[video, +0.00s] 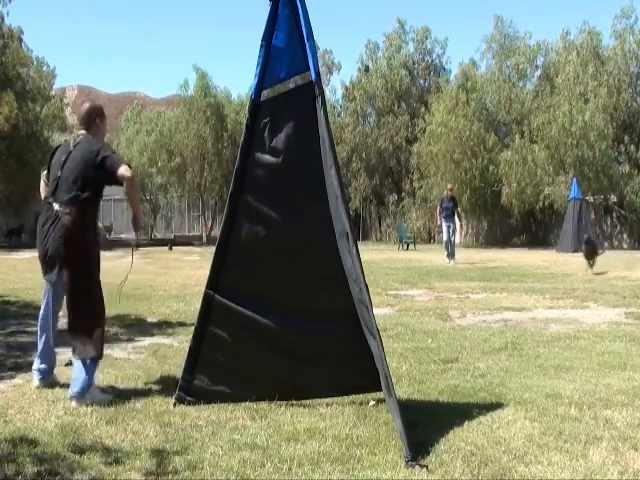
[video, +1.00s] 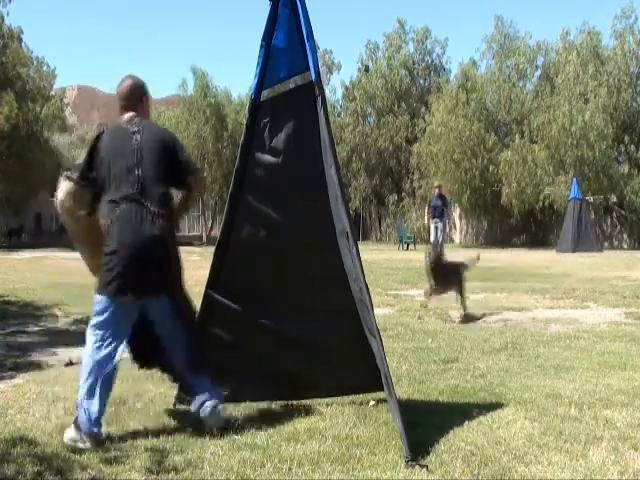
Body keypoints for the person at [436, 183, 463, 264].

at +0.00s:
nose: (450, 192)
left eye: (451, 191)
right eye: (449, 191)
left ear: (453, 191)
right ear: (446, 191)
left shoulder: (454, 199)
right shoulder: (443, 199)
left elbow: (457, 210)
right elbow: (439, 209)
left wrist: (460, 221)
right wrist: (439, 220)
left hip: (452, 220)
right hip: (444, 220)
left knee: (452, 239)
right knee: (446, 239)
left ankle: (452, 257)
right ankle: (447, 254)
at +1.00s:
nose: (437, 191)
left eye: (439, 189)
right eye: (436, 189)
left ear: (441, 190)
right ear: (434, 190)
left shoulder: (443, 198)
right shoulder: (432, 199)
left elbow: (446, 208)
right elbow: (428, 209)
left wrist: (447, 218)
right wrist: (427, 218)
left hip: (441, 219)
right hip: (433, 219)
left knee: (440, 238)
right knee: (433, 238)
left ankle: (440, 254)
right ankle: (433, 254)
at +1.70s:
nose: (424, 189)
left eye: (426, 187)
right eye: (423, 187)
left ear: (428, 187)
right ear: (421, 188)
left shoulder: (431, 197)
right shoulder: (418, 197)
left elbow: (436, 209)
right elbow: (414, 208)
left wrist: (437, 220)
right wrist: (415, 216)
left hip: (429, 220)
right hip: (421, 220)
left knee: (428, 240)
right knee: (423, 241)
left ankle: (427, 261)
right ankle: (425, 259)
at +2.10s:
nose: (417, 189)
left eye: (419, 187)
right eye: (416, 187)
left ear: (421, 187)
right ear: (414, 188)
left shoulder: (425, 198)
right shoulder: (412, 198)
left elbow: (427, 209)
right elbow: (409, 209)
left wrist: (426, 219)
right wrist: (408, 219)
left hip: (422, 221)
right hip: (413, 220)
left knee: (424, 243)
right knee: (413, 242)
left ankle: (426, 264)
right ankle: (412, 264)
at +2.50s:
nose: (404, 185)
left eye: (406, 183)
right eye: (403, 183)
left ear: (409, 183)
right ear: (401, 184)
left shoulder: (414, 194)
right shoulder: (400, 195)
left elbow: (418, 208)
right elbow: (396, 207)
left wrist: (420, 220)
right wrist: (395, 218)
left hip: (412, 218)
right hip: (403, 218)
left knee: (410, 241)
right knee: (405, 241)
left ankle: (412, 262)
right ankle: (409, 262)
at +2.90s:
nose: (395, 184)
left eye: (397, 182)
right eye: (394, 182)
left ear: (401, 182)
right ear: (392, 183)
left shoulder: (405, 194)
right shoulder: (390, 195)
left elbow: (410, 208)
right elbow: (388, 207)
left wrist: (412, 220)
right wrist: (387, 219)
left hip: (403, 220)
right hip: (394, 220)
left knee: (402, 244)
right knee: (392, 243)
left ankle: (403, 267)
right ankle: (399, 263)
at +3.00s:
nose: (393, 184)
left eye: (395, 181)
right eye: (391, 182)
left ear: (398, 182)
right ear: (389, 183)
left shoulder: (402, 194)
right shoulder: (388, 194)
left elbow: (405, 207)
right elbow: (386, 208)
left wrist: (404, 219)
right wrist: (385, 220)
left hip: (400, 221)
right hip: (391, 221)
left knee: (401, 245)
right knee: (389, 243)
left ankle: (403, 267)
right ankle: (390, 266)